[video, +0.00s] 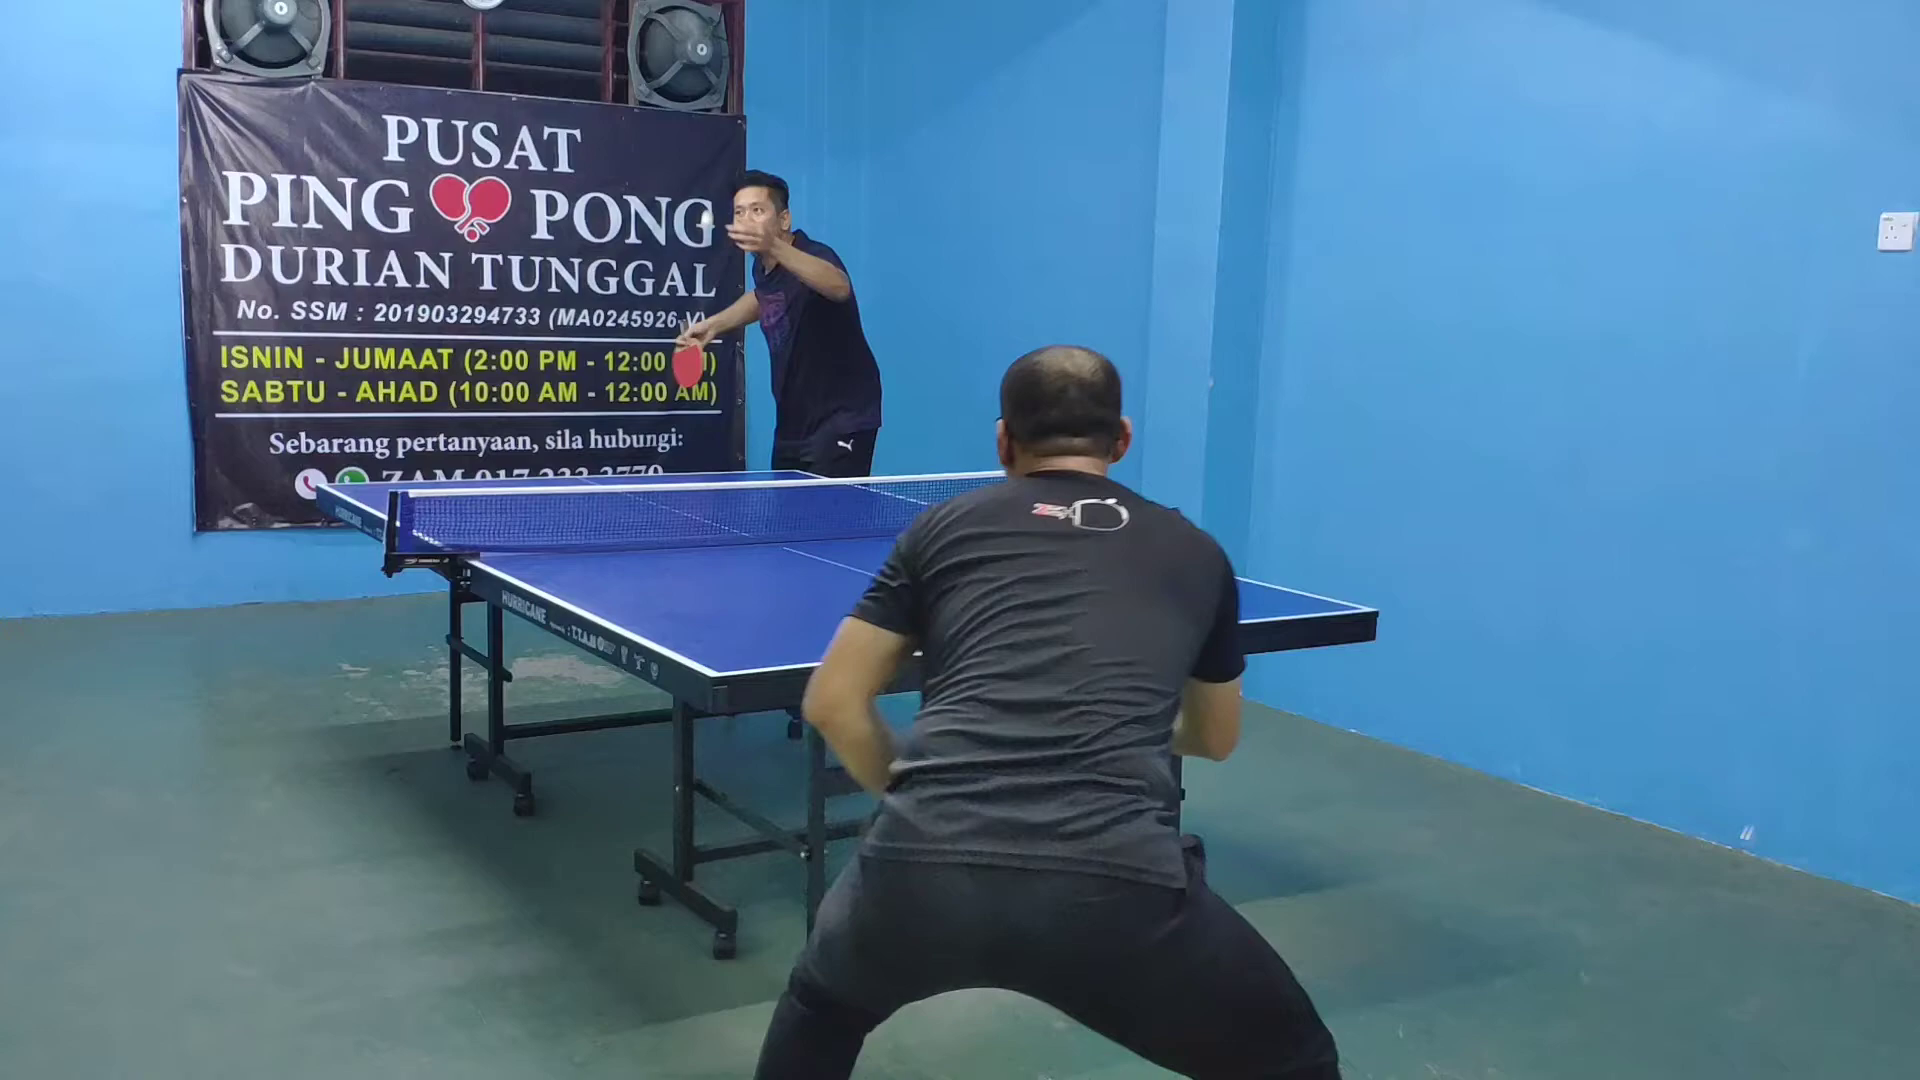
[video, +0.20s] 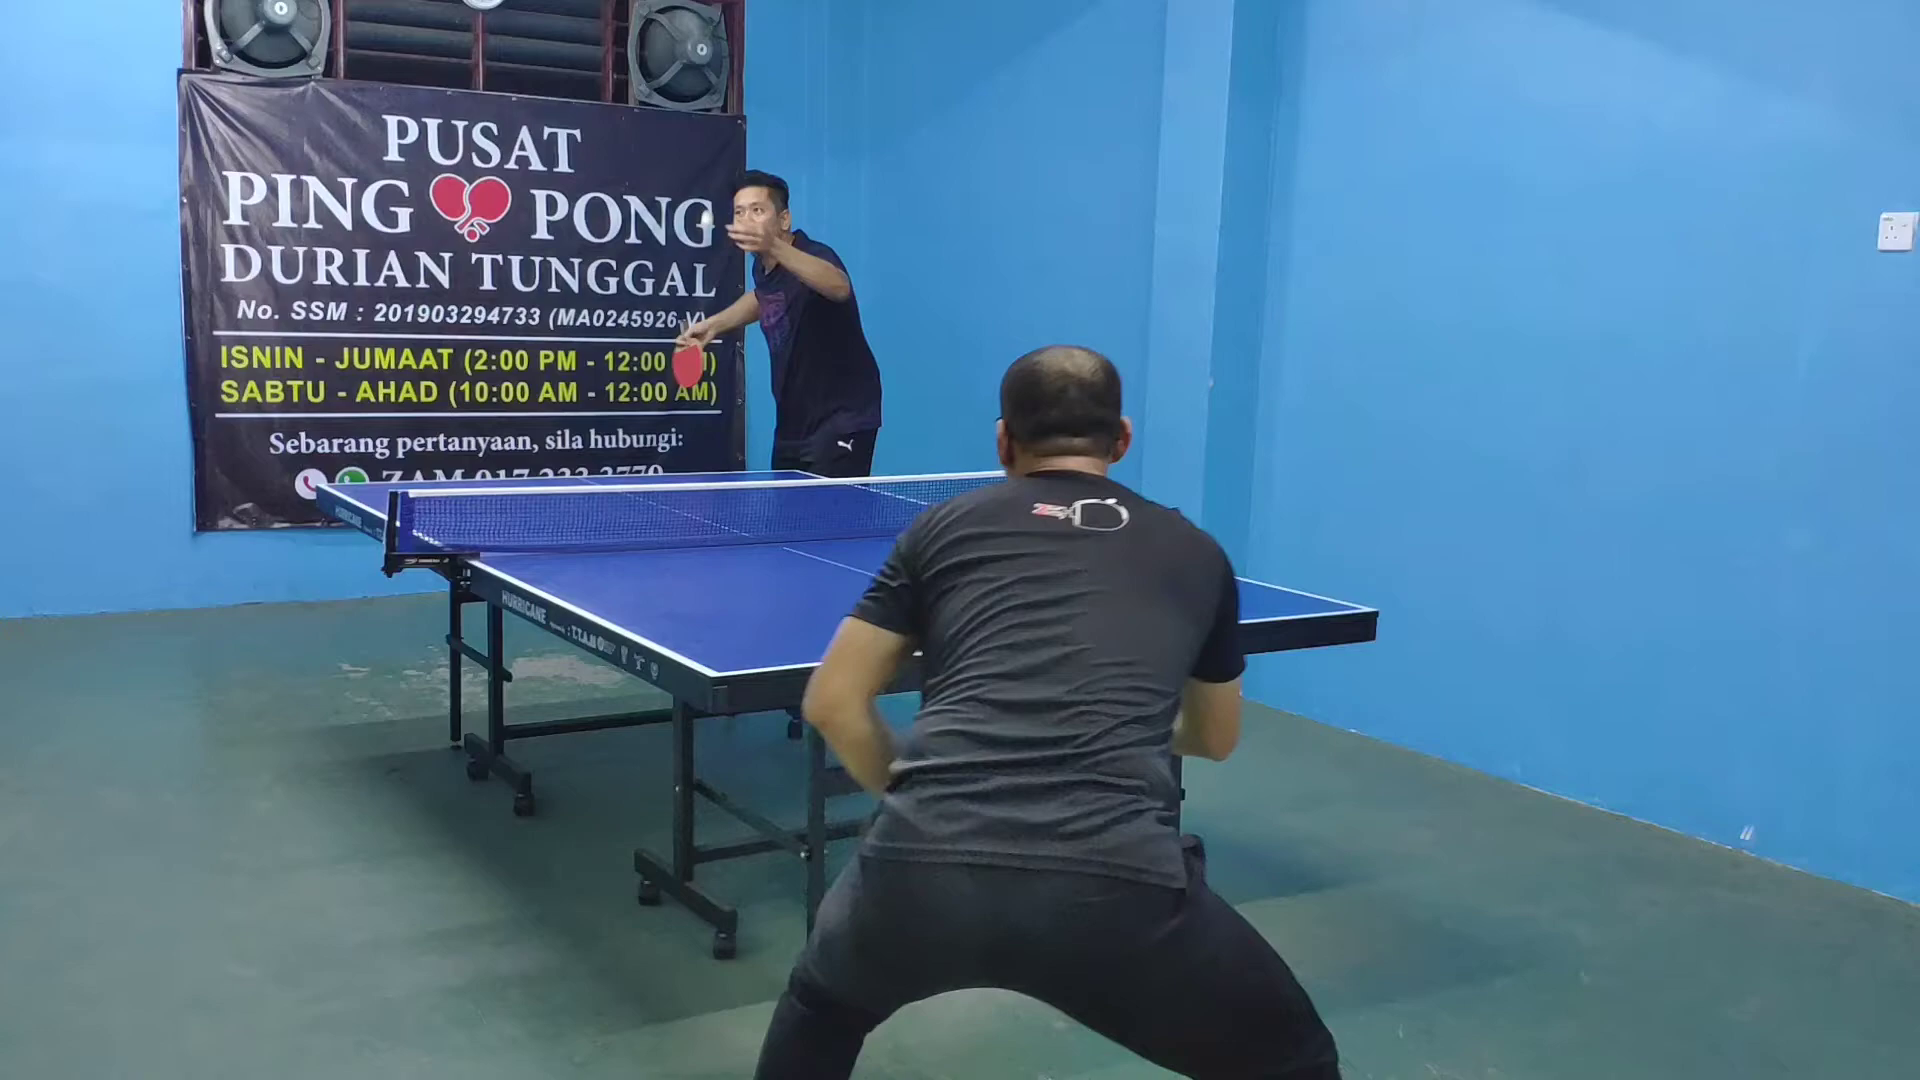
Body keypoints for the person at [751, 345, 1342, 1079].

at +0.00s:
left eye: (1000, 439)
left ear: (1004, 444)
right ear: (1122, 440)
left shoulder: (941, 527)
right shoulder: (1196, 553)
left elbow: (834, 701)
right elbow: (1213, 735)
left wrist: (912, 794)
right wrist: (1119, 717)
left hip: (919, 889)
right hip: (1111, 898)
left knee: (819, 1011)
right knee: (1296, 1057)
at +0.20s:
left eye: (1000, 439)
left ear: (1004, 444)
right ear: (1122, 440)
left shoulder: (941, 527)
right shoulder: (1196, 553)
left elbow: (834, 701)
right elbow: (1213, 735)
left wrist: (912, 794)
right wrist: (1119, 717)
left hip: (919, 890)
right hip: (1111, 898)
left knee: (819, 1011)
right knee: (1296, 1057)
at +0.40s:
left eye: (1036, 379)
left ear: (1041, 385)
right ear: (1158, 378)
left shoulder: (994, 477)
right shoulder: (1244, 488)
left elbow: (900, 658)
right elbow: (1272, 673)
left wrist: (979, 733)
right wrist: (1167, 658)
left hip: (1017, 833)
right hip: (1201, 838)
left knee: (871, 1019)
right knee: (1314, 1054)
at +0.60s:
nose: (1057, 339)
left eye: (1056, 328)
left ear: (1067, 332)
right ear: (1184, 326)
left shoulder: (1023, 425)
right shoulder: (1275, 420)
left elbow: (941, 601)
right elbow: (1353, 617)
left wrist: (1027, 691)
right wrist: (1255, 621)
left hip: (1090, 787)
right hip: (1274, 783)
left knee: (948, 991)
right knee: (1375, 990)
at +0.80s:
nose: (1058, 420)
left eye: (1057, 404)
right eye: (1056, 403)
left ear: (1075, 402)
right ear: (1180, 400)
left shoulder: (1050, 503)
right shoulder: (1275, 495)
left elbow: (978, 703)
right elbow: (1336, 697)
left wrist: (1068, 719)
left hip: (1150, 856)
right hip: (1319, 850)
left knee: (921, 966)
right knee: (1408, 1020)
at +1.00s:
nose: (907, 405)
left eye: (907, 386)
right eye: (906, 387)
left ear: (932, 375)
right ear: (1015, 373)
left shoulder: (960, 439)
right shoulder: (1084, 460)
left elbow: (799, 532)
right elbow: (1010, 622)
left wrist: (831, 576)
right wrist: (846, 628)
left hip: (1084, 808)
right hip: (1218, 789)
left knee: (864, 970)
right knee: (1326, 1005)